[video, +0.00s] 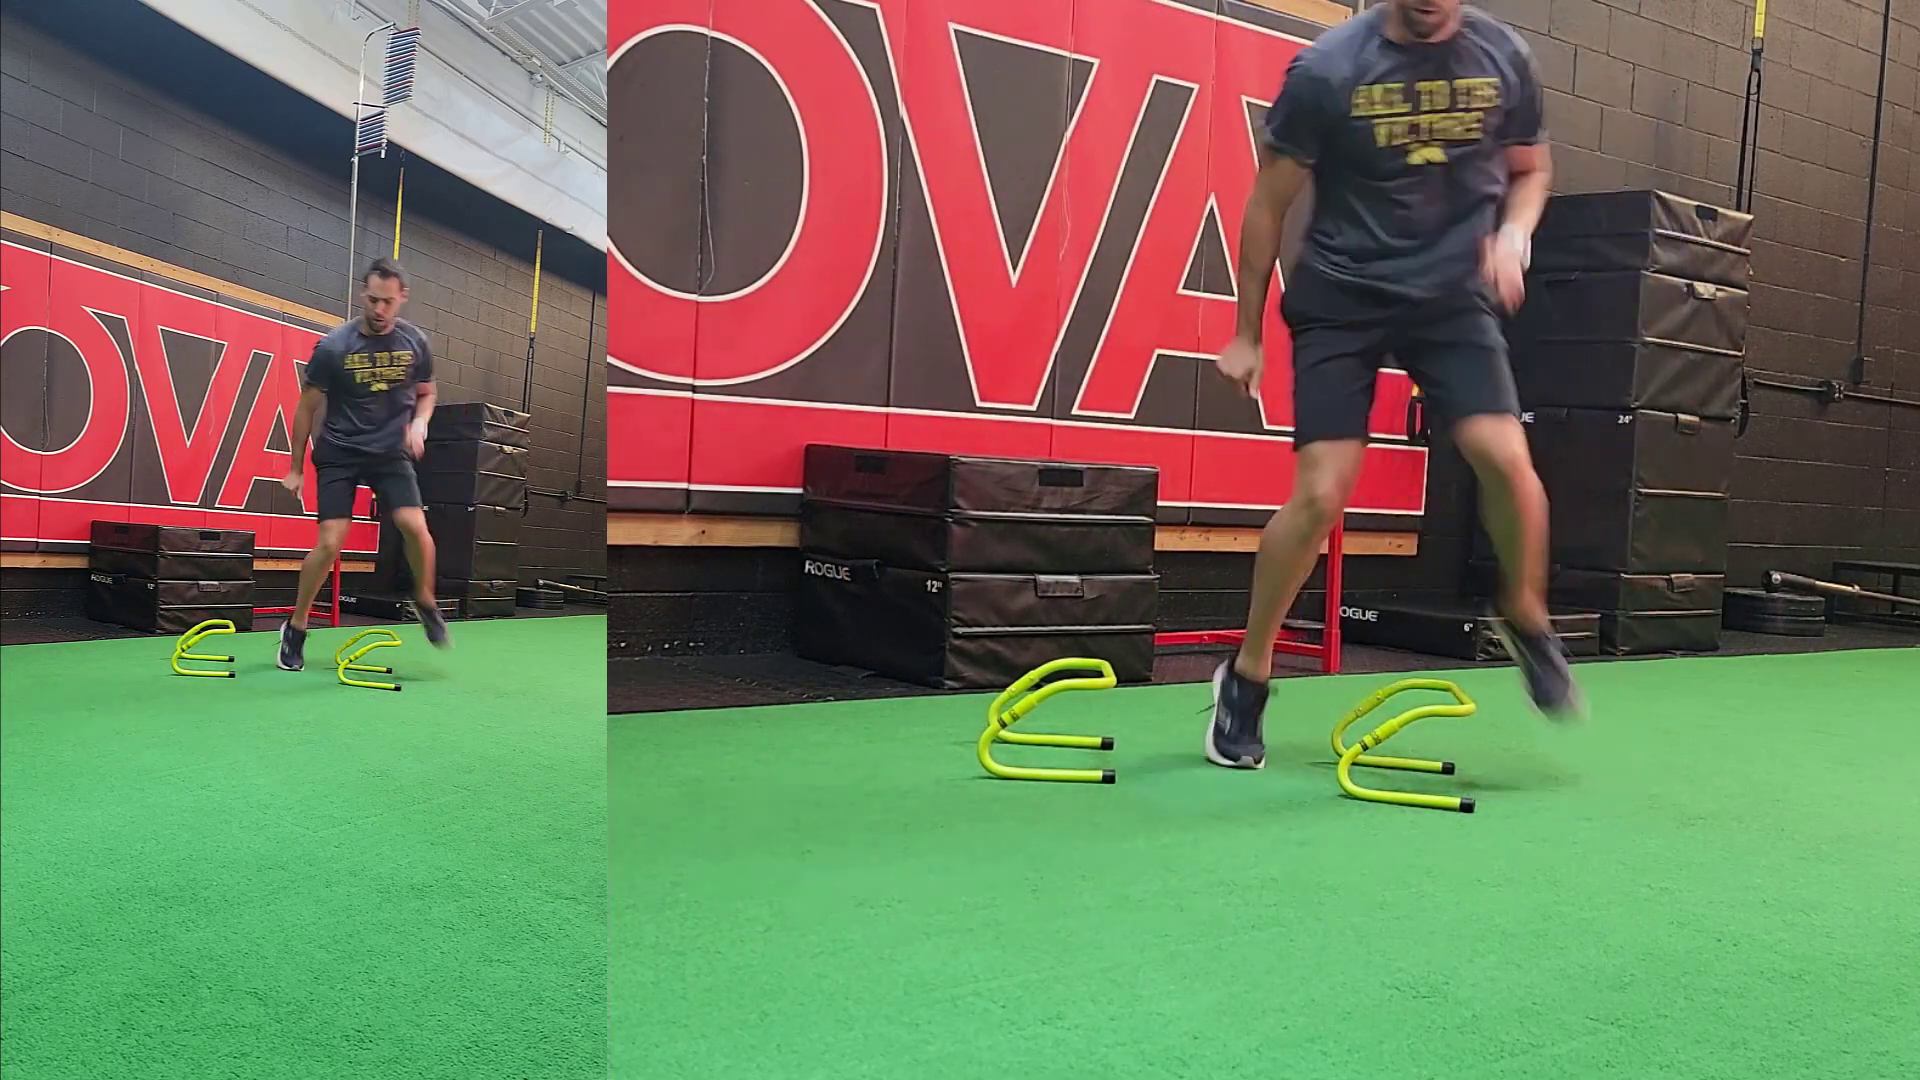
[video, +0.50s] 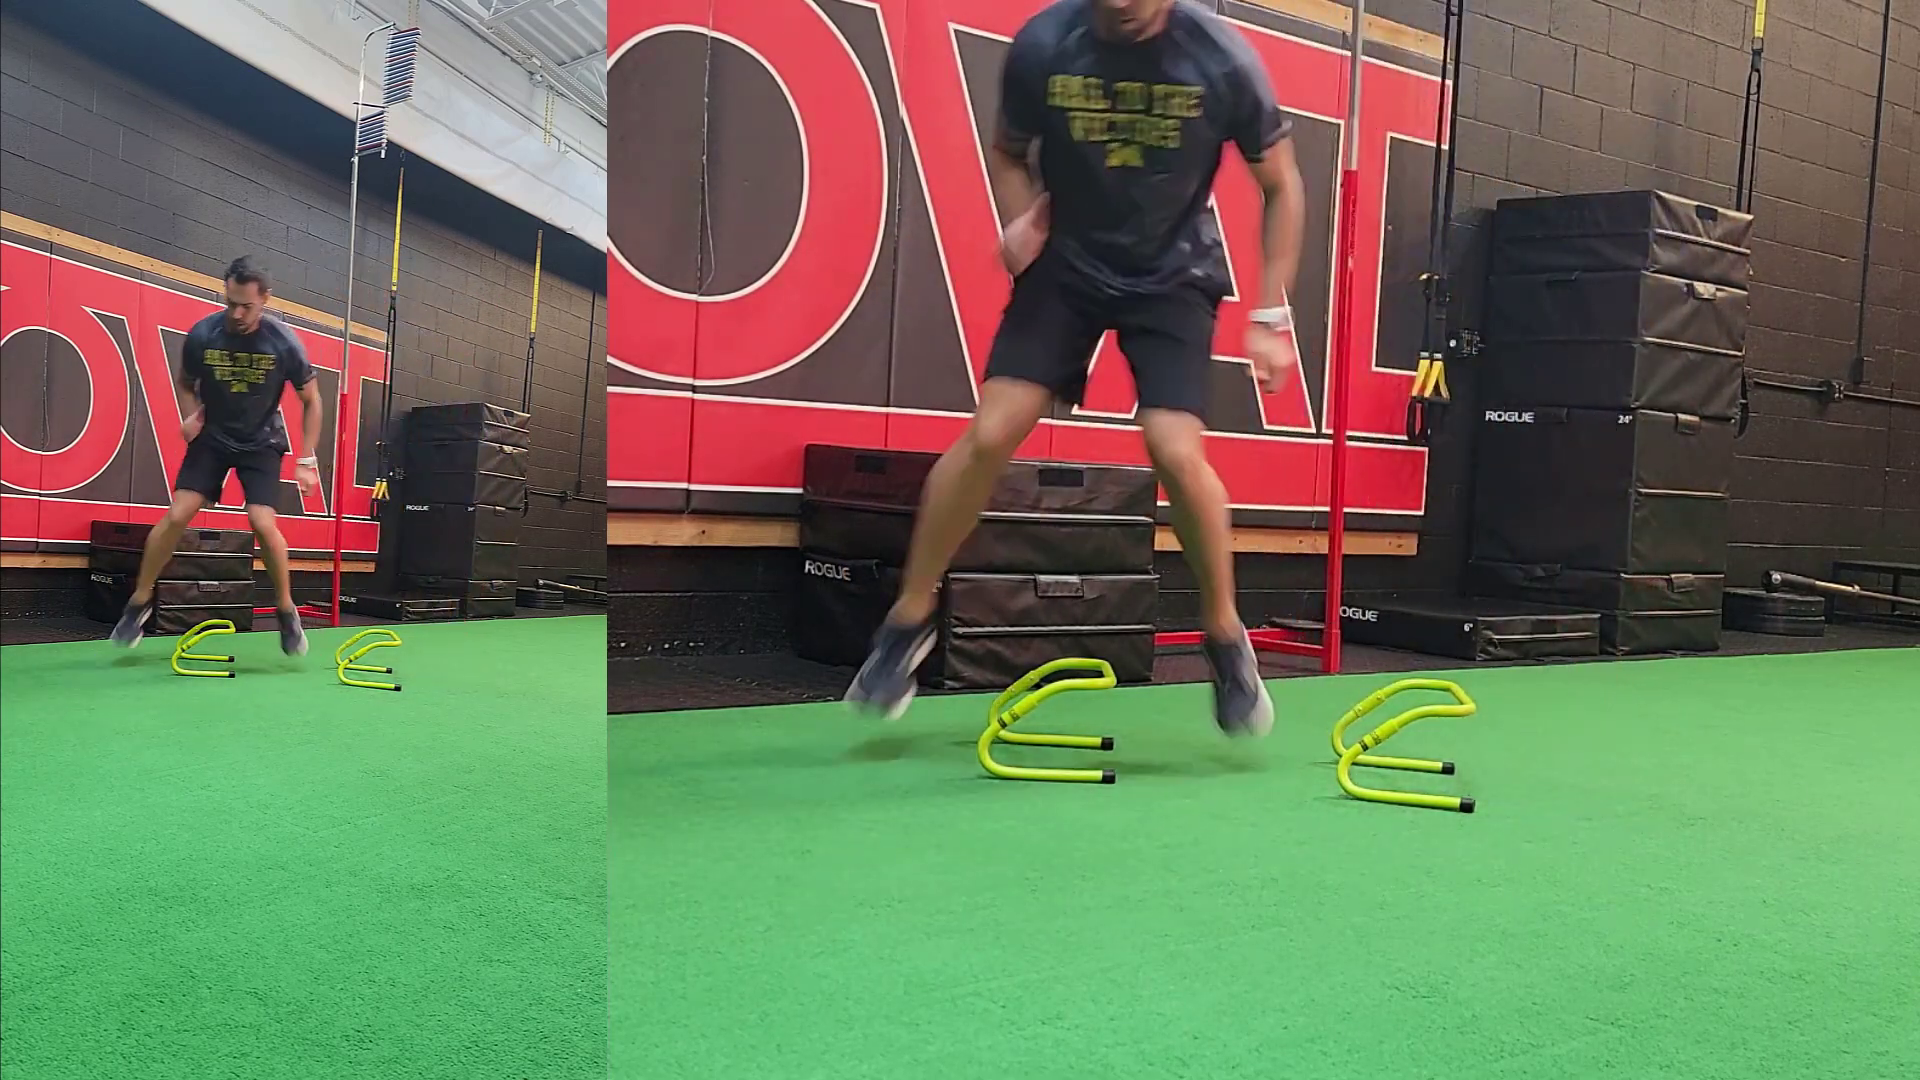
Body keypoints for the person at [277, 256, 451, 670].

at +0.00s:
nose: (379, 310)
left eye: (388, 301)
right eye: (373, 299)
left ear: (402, 300)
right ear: (361, 295)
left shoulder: (415, 342)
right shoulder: (333, 347)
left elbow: (426, 393)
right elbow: (307, 407)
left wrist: (418, 424)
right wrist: (295, 468)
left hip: (391, 452)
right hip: (339, 452)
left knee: (415, 526)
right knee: (330, 544)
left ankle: (425, 601)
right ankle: (296, 627)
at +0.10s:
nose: (347, 311)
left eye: (355, 303)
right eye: (341, 302)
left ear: (370, 302)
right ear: (330, 299)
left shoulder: (386, 347)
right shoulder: (305, 350)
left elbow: (401, 391)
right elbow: (283, 409)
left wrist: (404, 443)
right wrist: (304, 443)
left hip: (364, 445)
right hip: (316, 446)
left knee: (375, 494)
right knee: (309, 550)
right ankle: (290, 635)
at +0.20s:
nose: (322, 301)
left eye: (331, 294)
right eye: (316, 292)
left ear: (346, 291)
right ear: (307, 287)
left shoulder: (367, 334)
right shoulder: (282, 331)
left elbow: (379, 378)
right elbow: (262, 387)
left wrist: (374, 429)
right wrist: (285, 405)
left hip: (337, 440)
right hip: (289, 438)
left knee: (331, 508)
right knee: (286, 526)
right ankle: (284, 619)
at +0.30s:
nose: (296, 306)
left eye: (305, 298)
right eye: (290, 296)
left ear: (321, 295)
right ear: (281, 289)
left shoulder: (339, 343)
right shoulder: (255, 335)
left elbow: (350, 399)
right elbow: (237, 388)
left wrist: (345, 453)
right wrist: (235, 429)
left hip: (310, 448)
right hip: (262, 444)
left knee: (301, 540)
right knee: (247, 502)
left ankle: (308, 639)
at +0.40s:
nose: (269, 311)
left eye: (278, 303)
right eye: (263, 301)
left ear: (296, 298)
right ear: (255, 296)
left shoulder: (316, 348)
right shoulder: (233, 340)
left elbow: (332, 405)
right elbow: (213, 389)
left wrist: (327, 465)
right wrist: (210, 421)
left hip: (288, 458)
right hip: (239, 445)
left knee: (290, 549)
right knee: (207, 495)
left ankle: (304, 643)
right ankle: (211, 537)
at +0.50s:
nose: (239, 314)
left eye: (247, 305)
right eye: (233, 303)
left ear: (264, 299)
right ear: (224, 296)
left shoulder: (284, 344)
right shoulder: (201, 336)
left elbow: (312, 400)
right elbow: (185, 383)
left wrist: (307, 456)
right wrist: (190, 414)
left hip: (261, 444)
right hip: (212, 438)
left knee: (262, 522)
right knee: (177, 516)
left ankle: (286, 610)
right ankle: (140, 600)